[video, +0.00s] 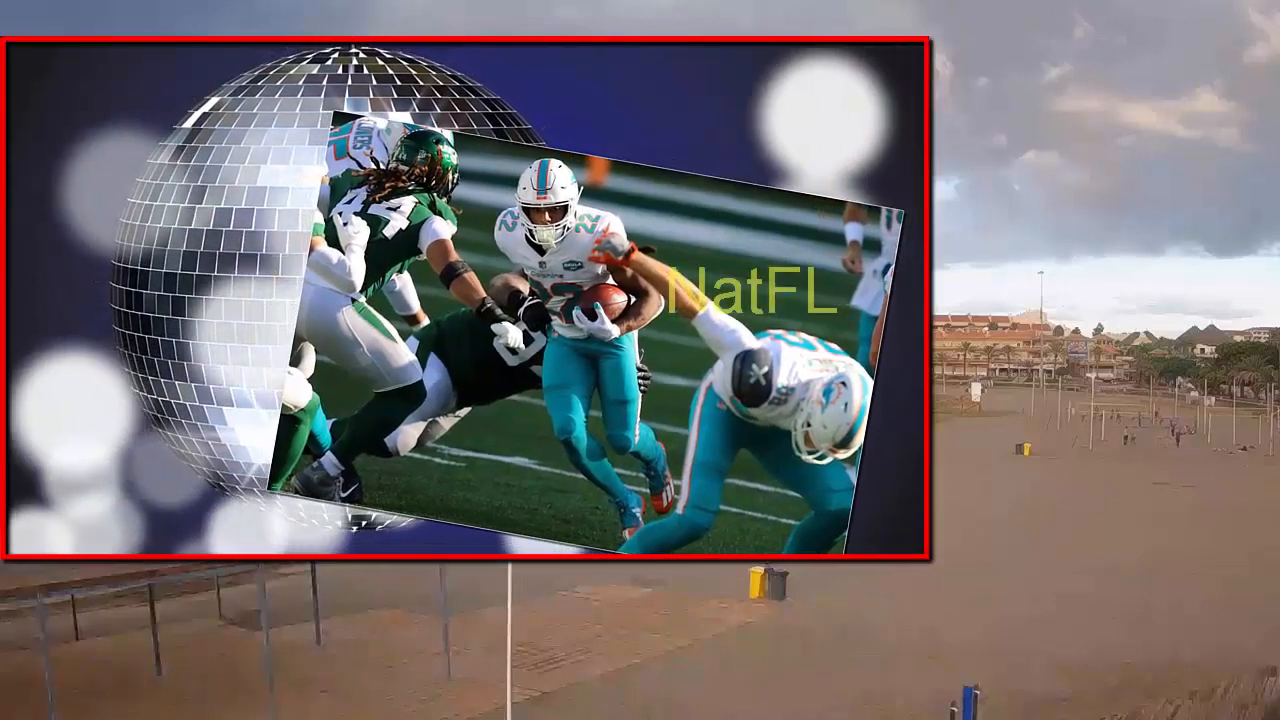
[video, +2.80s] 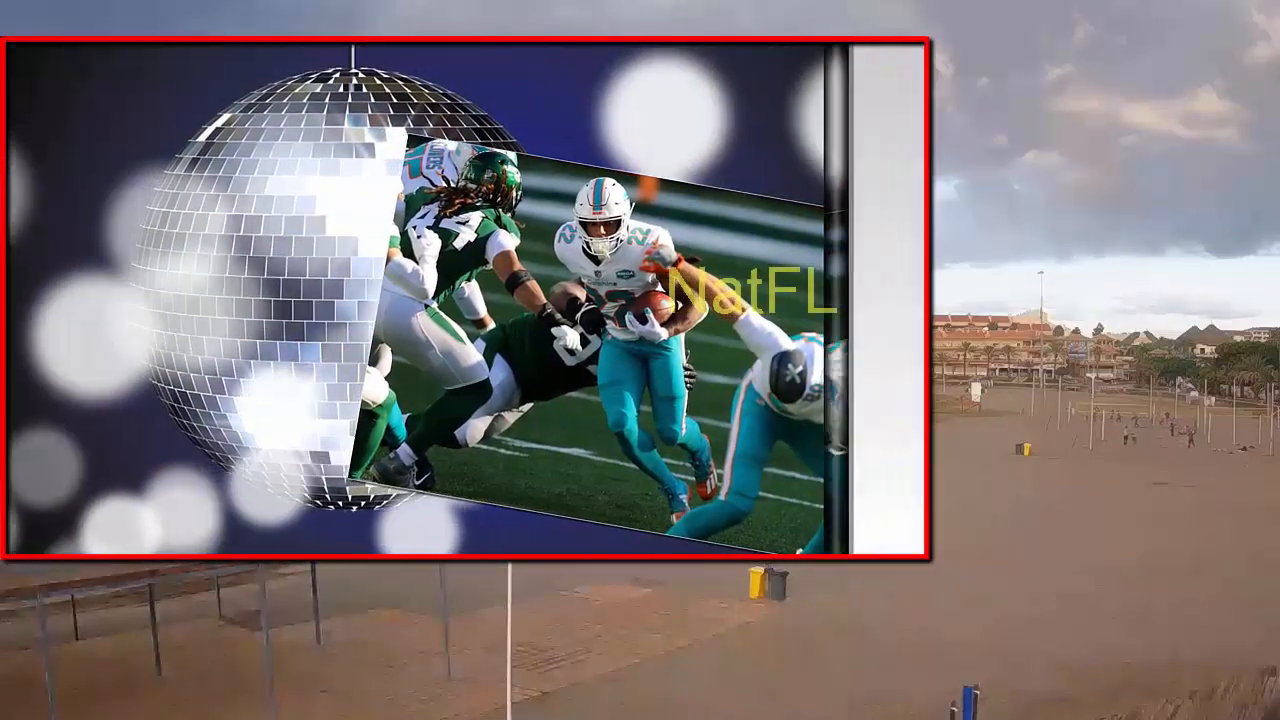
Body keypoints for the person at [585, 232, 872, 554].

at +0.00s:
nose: (818, 456)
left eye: (831, 453)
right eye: (813, 444)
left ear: (857, 429)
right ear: (805, 411)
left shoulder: (868, 416)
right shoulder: (758, 368)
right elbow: (692, 303)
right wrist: (631, 257)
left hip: (781, 425)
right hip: (726, 401)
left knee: (841, 504)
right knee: (696, 519)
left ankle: (779, 581)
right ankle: (615, 567)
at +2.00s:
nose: (837, 446)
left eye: (852, 445)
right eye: (836, 434)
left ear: (873, 429)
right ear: (828, 404)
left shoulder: (885, 411)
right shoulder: (786, 372)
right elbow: (722, 305)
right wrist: (666, 264)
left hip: (803, 421)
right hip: (752, 400)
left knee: (861, 498)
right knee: (726, 508)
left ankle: (800, 571)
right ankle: (649, 555)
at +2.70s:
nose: (845, 446)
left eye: (855, 442)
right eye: (843, 438)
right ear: (839, 408)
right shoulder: (799, 377)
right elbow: (733, 307)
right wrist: (675, 264)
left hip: (812, 418)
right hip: (762, 397)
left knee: (860, 497)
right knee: (735, 504)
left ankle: (805, 564)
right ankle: (660, 551)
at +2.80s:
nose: (781, 407)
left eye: (789, 405)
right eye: (777, 401)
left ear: (818, 395)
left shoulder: (842, 398)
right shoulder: (779, 351)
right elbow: (730, 304)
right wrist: (677, 264)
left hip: (811, 420)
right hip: (762, 397)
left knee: (851, 497)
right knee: (737, 504)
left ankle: (805, 562)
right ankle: (664, 548)